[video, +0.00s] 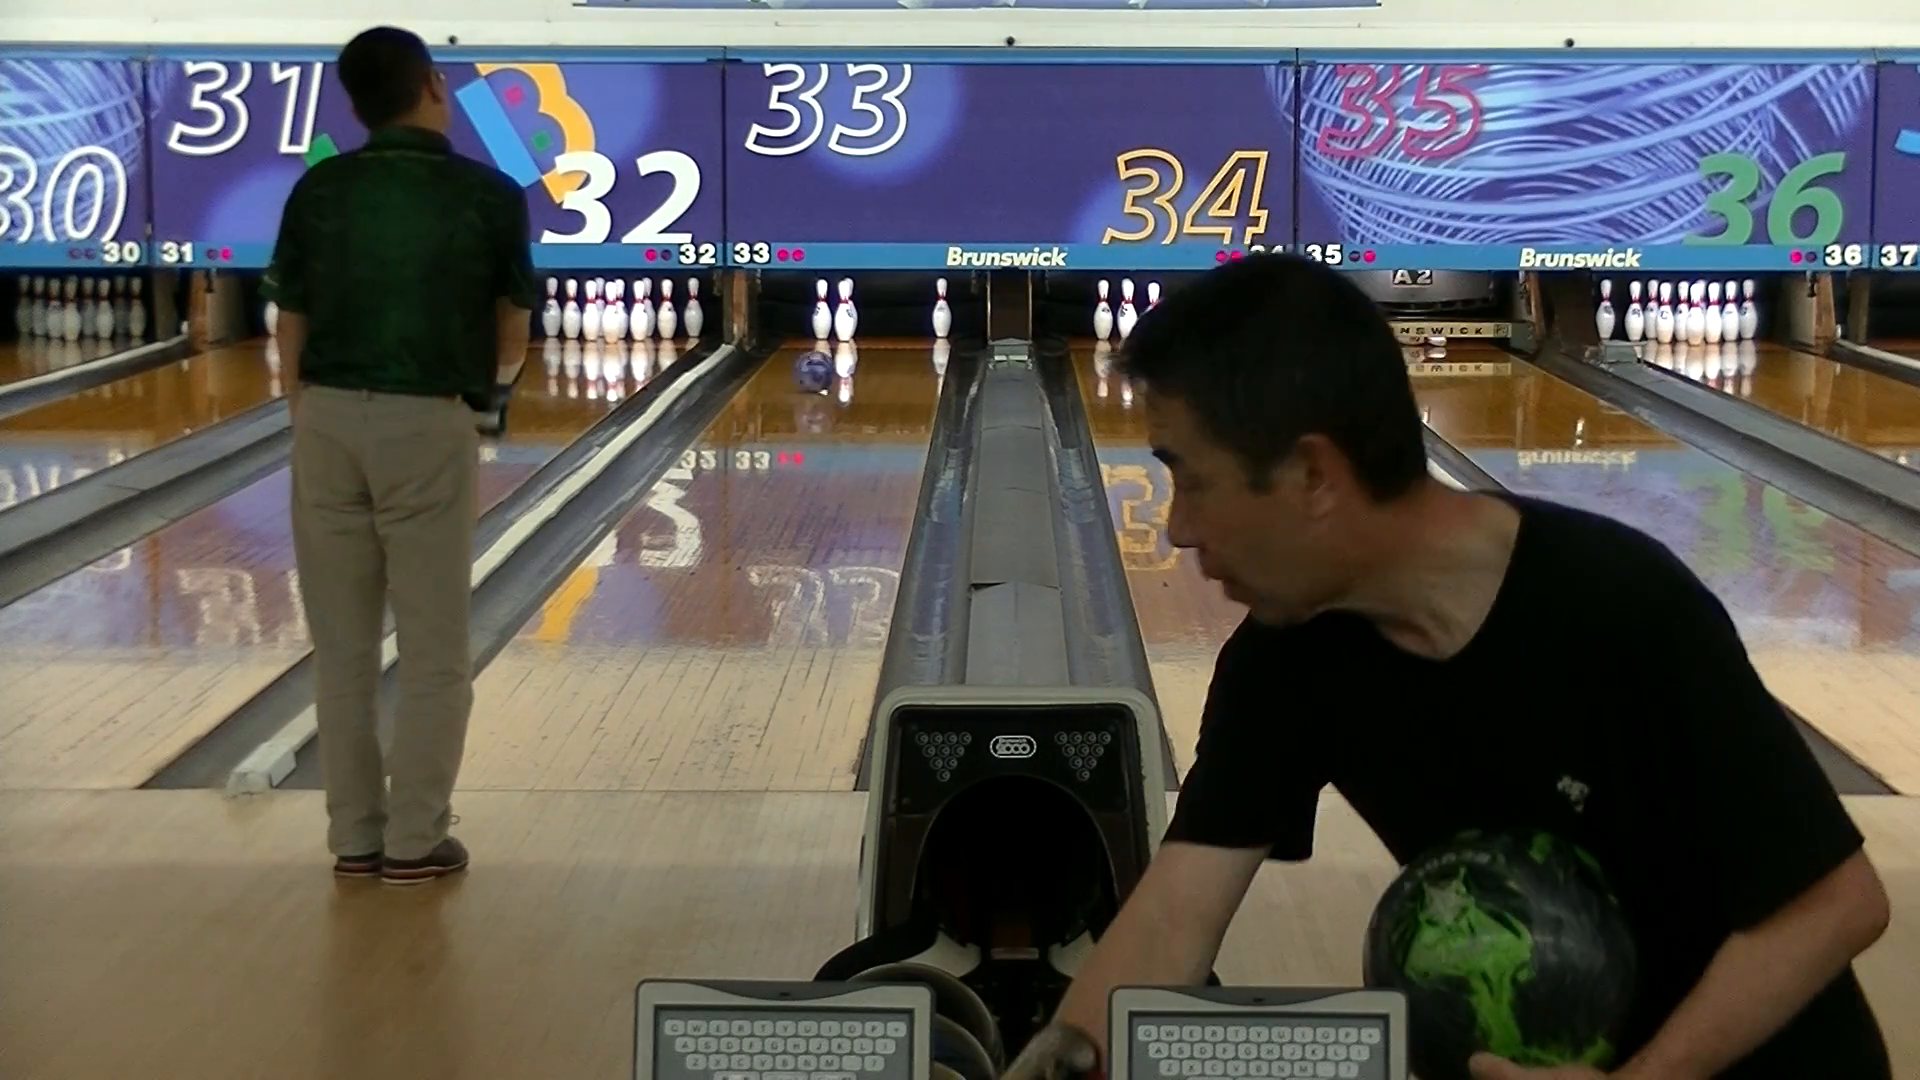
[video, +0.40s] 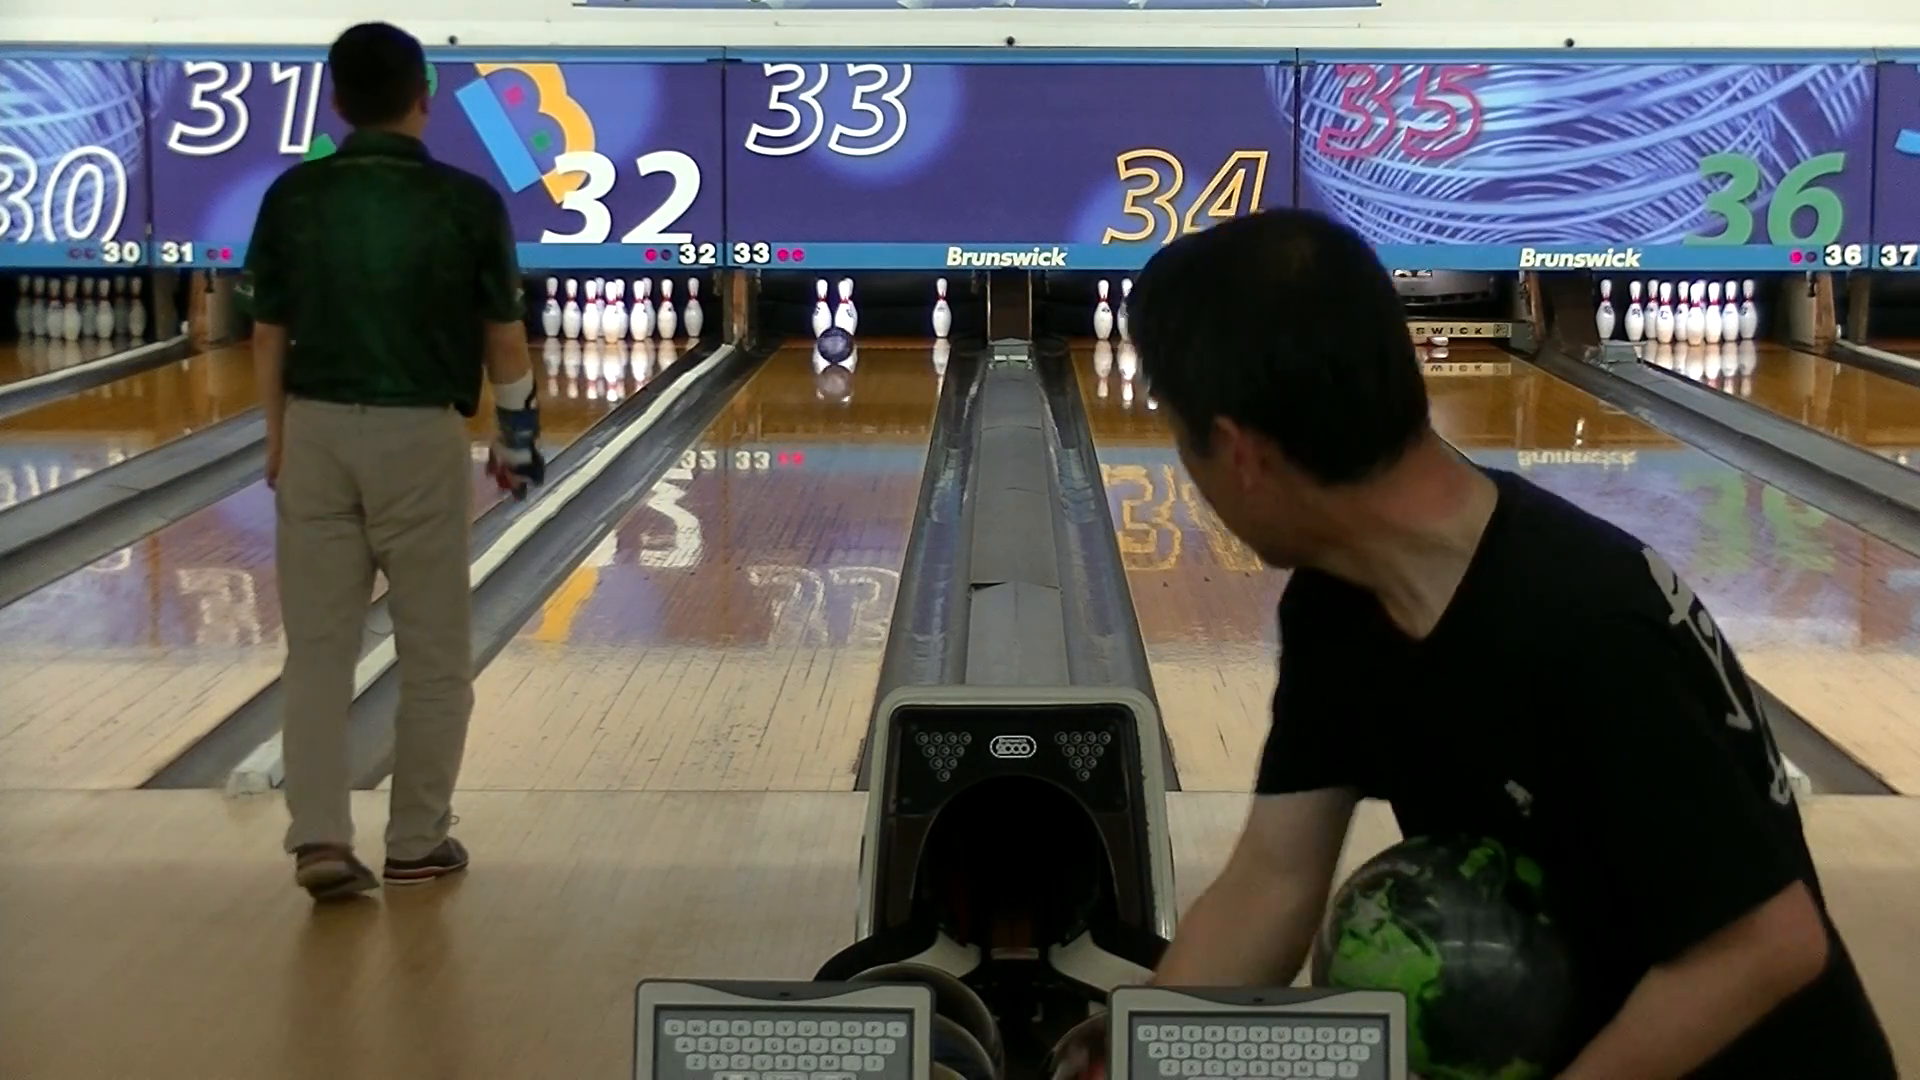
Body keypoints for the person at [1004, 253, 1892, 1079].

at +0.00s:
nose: (1175, 534)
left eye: (1188, 483)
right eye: (1170, 484)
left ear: (1314, 477)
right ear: (1309, 482)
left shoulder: (1625, 600)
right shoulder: (1288, 650)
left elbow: (1839, 900)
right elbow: (1168, 924)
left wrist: (1635, 1073)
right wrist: (1050, 1070)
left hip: (1770, 1041)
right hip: (1542, 1036)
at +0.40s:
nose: (1191, 473)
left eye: (1182, 440)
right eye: (1180, 440)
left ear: (1243, 449)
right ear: (1384, 373)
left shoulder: (1596, 608)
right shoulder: (1337, 595)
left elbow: (1775, 941)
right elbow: (1273, 876)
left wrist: (1570, 1072)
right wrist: (1139, 1044)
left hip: (1768, 1062)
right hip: (1557, 1027)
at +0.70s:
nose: (1256, 403)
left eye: (1246, 362)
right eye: (1248, 363)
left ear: (1291, 376)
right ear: (1444, 314)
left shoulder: (1559, 591)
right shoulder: (1425, 535)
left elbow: (1704, 947)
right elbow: (1381, 819)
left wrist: (1474, 1075)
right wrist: (1224, 992)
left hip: (1753, 1063)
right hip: (1612, 1041)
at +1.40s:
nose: (1309, 373)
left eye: (1303, 344)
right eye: (1302, 342)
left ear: (1353, 358)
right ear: (1511, 306)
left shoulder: (1607, 585)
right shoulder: (1493, 536)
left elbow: (1753, 938)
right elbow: (1442, 820)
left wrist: (1526, 1071)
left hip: (1786, 1062)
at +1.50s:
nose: (1353, 349)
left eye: (1352, 317)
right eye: (1350, 315)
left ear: (1394, 342)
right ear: (1562, 296)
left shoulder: (1604, 586)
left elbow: (1736, 945)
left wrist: (1519, 1067)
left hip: (1765, 1059)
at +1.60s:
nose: (1412, 328)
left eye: (1410, 295)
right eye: (1410, 294)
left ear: (1447, 325)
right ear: (1621, 286)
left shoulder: (1621, 586)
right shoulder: (1723, 488)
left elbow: (1731, 943)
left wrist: (1517, 1061)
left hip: (1763, 1051)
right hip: (1859, 1015)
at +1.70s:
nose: (1480, 318)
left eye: (1480, 284)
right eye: (1482, 283)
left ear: (1513, 309)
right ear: (1695, 277)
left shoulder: (1645, 576)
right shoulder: (1817, 495)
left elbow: (1730, 931)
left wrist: (1529, 1046)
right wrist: (1632, 857)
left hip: (1742, 1057)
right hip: (1878, 1031)